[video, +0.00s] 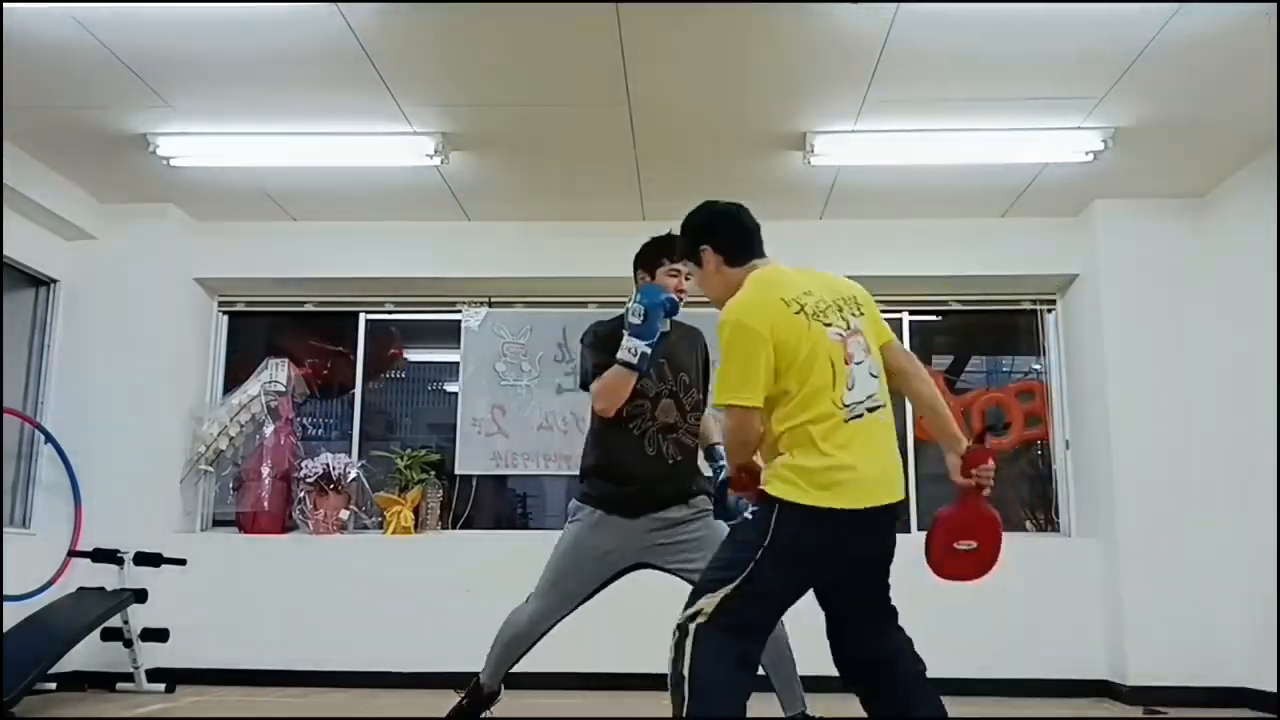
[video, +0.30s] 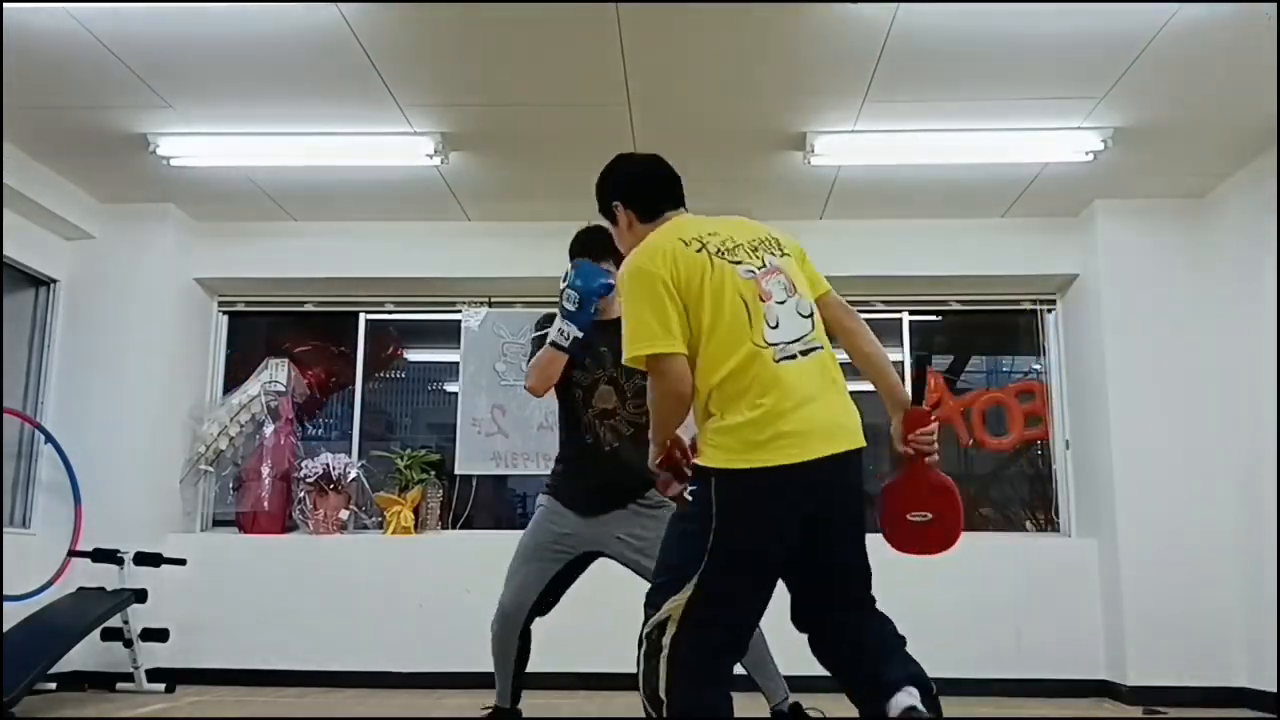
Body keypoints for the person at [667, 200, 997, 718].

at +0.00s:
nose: (697, 283)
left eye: (695, 268)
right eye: (694, 271)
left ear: (713, 255)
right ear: (756, 248)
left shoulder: (746, 310)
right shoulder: (845, 290)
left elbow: (743, 425)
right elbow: (909, 371)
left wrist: (741, 469)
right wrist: (957, 448)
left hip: (805, 501)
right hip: (878, 499)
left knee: (710, 627)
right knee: (867, 631)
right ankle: (922, 713)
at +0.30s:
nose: (617, 239)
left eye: (612, 225)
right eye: (613, 227)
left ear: (624, 214)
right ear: (678, 200)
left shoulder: (648, 263)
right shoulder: (767, 237)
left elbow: (674, 383)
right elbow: (847, 325)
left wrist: (663, 446)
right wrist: (902, 408)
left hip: (746, 471)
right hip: (837, 457)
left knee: (689, 635)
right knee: (839, 607)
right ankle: (904, 701)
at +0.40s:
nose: (625, 203)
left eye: (622, 188)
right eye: (621, 190)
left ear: (637, 177)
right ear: (696, 172)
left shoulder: (642, 236)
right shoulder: (785, 217)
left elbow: (654, 360)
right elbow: (852, 312)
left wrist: (624, 399)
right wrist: (900, 405)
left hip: (722, 465)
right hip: (824, 454)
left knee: (693, 641)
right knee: (844, 613)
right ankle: (864, 697)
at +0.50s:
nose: (650, 176)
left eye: (646, 163)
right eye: (647, 165)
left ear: (659, 157)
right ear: (727, 153)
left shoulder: (641, 218)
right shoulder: (810, 204)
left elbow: (624, 345)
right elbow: (869, 310)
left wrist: (582, 327)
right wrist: (907, 416)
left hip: (704, 464)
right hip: (816, 458)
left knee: (694, 649)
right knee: (833, 637)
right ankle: (847, 710)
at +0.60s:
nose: (676, 164)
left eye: (676, 154)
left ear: (686, 152)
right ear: (760, 149)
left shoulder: (653, 208)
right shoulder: (826, 199)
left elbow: (602, 335)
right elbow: (888, 318)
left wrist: (569, 280)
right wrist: (924, 434)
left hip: (693, 463)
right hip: (812, 459)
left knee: (690, 654)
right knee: (808, 651)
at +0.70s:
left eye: (685, 133)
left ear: (695, 132)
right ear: (778, 136)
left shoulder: (656, 181)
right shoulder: (832, 184)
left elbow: (596, 306)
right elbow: (887, 302)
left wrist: (580, 253)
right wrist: (929, 424)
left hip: (676, 447)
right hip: (798, 445)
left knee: (670, 642)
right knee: (794, 643)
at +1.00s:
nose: (751, 129)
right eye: (752, 121)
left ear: (662, 123)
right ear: (745, 120)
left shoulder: (603, 179)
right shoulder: (773, 157)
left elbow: (537, 299)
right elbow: (816, 231)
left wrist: (563, 217)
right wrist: (877, 349)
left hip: (614, 444)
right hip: (740, 442)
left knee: (577, 627)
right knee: (771, 647)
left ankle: (531, 708)